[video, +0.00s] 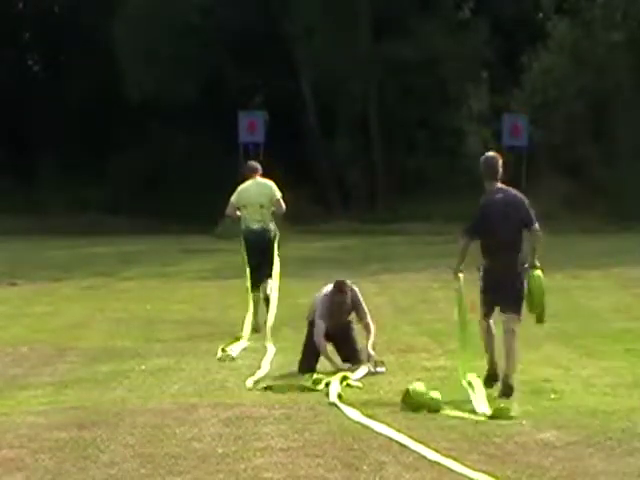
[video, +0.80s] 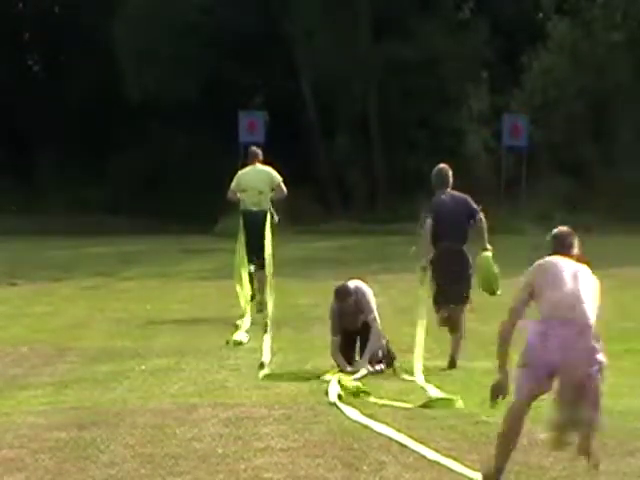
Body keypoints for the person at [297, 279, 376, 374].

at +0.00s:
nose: (342, 302)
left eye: (344, 298)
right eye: (339, 299)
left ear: (349, 293)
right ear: (333, 295)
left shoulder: (353, 293)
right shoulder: (323, 299)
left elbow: (368, 324)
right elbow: (318, 338)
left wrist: (369, 348)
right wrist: (335, 365)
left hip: (342, 326)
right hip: (320, 325)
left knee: (355, 360)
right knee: (306, 366)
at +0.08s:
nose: (348, 293)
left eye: (350, 290)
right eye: (344, 291)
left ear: (353, 286)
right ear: (336, 287)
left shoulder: (356, 289)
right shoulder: (326, 296)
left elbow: (369, 321)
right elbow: (319, 337)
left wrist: (370, 347)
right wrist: (335, 362)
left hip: (343, 326)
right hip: (321, 326)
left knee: (356, 362)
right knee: (306, 368)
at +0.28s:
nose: (357, 288)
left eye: (360, 284)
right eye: (354, 285)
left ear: (362, 282)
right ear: (346, 283)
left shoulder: (366, 287)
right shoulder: (336, 293)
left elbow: (376, 318)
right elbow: (321, 330)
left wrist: (370, 346)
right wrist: (331, 357)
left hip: (351, 329)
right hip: (331, 328)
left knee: (357, 361)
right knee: (310, 368)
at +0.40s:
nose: (357, 292)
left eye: (360, 289)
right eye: (354, 290)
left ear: (363, 285)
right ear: (347, 287)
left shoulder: (368, 289)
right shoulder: (338, 295)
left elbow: (377, 321)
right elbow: (323, 337)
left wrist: (369, 350)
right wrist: (332, 364)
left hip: (358, 326)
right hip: (338, 326)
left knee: (355, 362)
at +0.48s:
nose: (353, 297)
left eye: (356, 294)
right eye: (350, 294)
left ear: (361, 290)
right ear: (344, 290)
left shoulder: (366, 291)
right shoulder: (337, 296)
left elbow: (376, 327)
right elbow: (324, 336)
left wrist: (361, 363)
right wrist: (333, 364)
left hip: (361, 329)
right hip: (341, 331)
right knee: (320, 362)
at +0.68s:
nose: (344, 304)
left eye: (346, 301)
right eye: (341, 302)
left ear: (352, 295)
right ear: (337, 298)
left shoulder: (362, 292)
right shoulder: (335, 305)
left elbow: (375, 328)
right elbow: (333, 345)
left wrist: (362, 361)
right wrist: (345, 366)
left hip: (363, 325)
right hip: (345, 327)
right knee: (346, 358)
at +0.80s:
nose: (345, 306)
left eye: (347, 303)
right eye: (342, 304)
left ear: (352, 297)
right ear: (337, 301)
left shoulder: (363, 293)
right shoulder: (335, 307)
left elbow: (376, 329)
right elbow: (334, 349)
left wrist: (364, 361)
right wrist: (345, 367)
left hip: (364, 324)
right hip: (346, 328)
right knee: (346, 361)